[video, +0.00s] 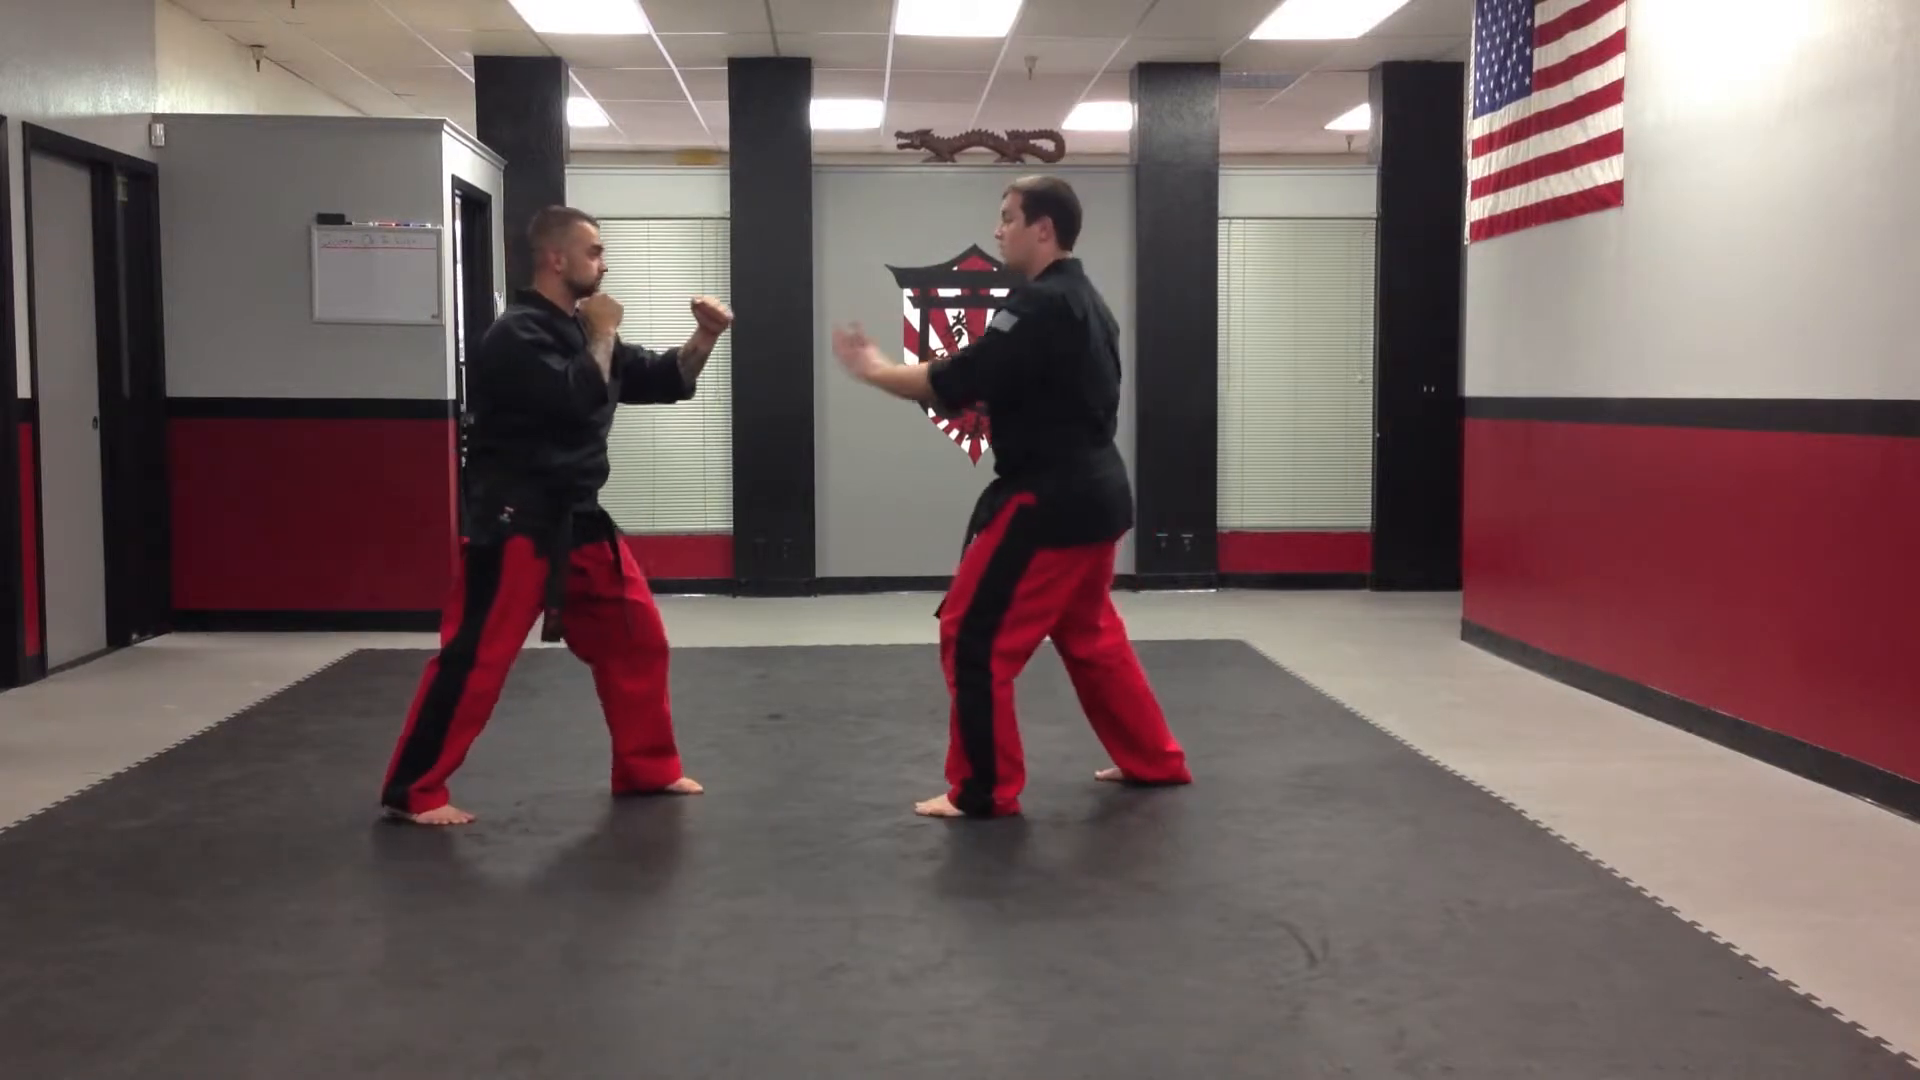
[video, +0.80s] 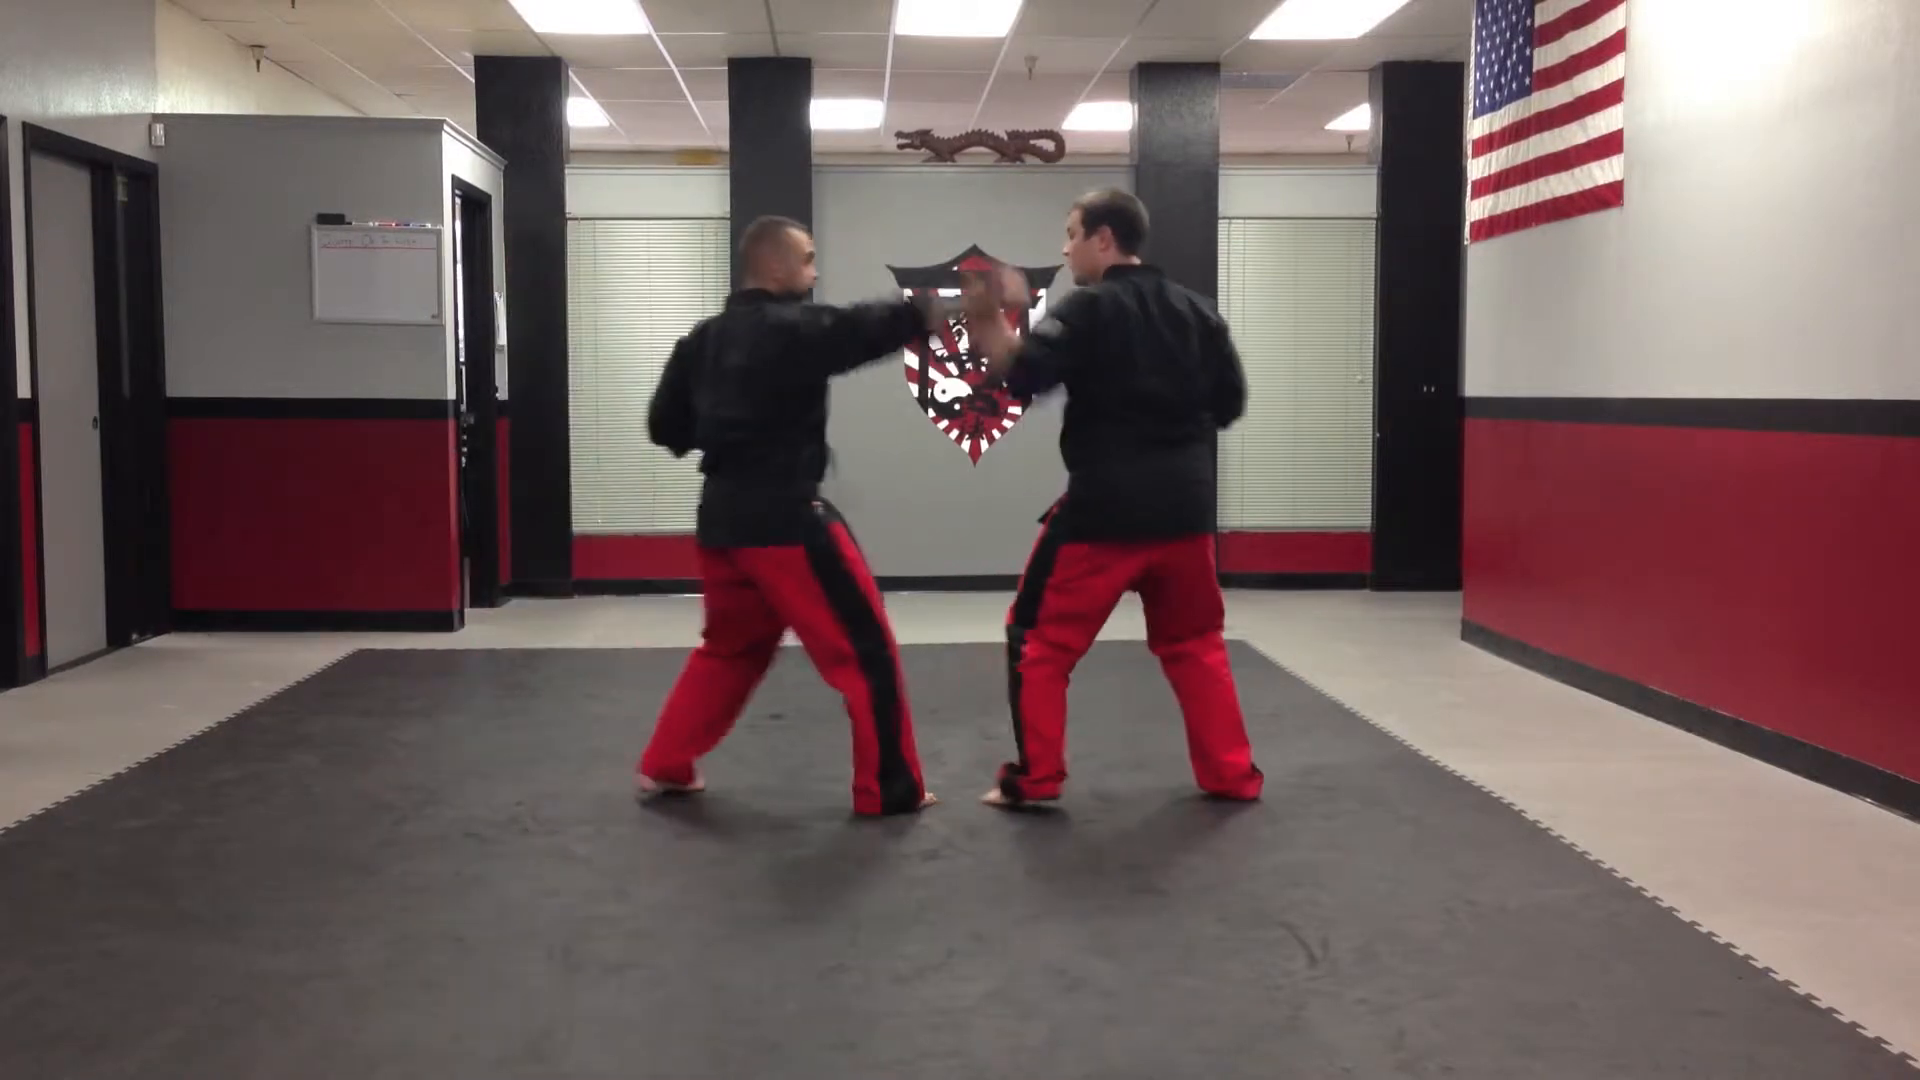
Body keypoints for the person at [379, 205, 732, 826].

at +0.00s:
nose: (604, 264)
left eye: (602, 252)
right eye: (593, 252)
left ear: (560, 261)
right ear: (553, 258)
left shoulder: (580, 333)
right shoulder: (512, 335)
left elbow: (664, 379)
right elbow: (570, 401)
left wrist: (704, 339)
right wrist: (602, 340)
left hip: (578, 518)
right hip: (510, 523)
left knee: (636, 641)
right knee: (473, 660)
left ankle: (645, 771)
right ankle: (412, 791)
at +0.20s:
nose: (633, 268)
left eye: (632, 257)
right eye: (623, 257)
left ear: (590, 265)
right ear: (583, 263)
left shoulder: (610, 335)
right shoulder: (549, 339)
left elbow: (686, 384)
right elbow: (609, 403)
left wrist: (730, 347)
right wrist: (636, 340)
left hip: (618, 519)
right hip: (558, 524)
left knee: (664, 640)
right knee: (525, 657)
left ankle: (647, 769)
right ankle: (436, 781)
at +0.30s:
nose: (656, 263)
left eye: (655, 252)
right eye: (646, 253)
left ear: (619, 259)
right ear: (609, 258)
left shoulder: (636, 331)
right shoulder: (582, 336)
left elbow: (692, 390)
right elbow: (643, 399)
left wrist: (736, 353)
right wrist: (667, 336)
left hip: (644, 511)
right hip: (592, 518)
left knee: (673, 641)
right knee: (615, 641)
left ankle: (646, 769)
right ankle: (506, 761)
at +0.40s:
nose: (684, 261)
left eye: (682, 250)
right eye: (673, 250)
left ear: (646, 260)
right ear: (635, 258)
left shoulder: (648, 326)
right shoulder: (625, 330)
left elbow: (694, 398)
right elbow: (690, 393)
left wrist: (733, 364)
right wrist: (721, 338)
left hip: (658, 501)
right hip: (625, 506)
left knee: (689, 628)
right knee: (687, 630)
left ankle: (658, 760)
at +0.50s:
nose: (715, 261)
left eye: (713, 249)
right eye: (704, 250)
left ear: (665, 260)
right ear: (667, 257)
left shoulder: (633, 330)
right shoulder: (675, 331)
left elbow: (611, 430)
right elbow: (751, 362)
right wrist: (798, 315)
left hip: (636, 511)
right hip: (672, 510)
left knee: (679, 636)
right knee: (743, 619)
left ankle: (649, 765)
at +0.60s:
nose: (755, 262)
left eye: (752, 251)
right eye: (744, 252)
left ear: (698, 263)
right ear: (707, 259)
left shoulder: (650, 333)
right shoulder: (727, 320)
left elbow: (640, 423)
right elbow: (808, 313)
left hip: (659, 516)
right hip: (711, 518)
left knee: (680, 641)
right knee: (780, 637)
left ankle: (649, 766)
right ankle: (851, 766)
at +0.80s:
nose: (813, 270)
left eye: (812, 260)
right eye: (806, 260)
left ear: (753, 269)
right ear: (774, 265)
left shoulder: (704, 338)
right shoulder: (796, 328)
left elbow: (668, 428)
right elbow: (865, 329)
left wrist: (734, 425)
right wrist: (925, 308)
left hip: (722, 524)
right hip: (790, 524)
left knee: (731, 647)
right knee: (865, 650)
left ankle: (665, 766)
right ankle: (890, 791)